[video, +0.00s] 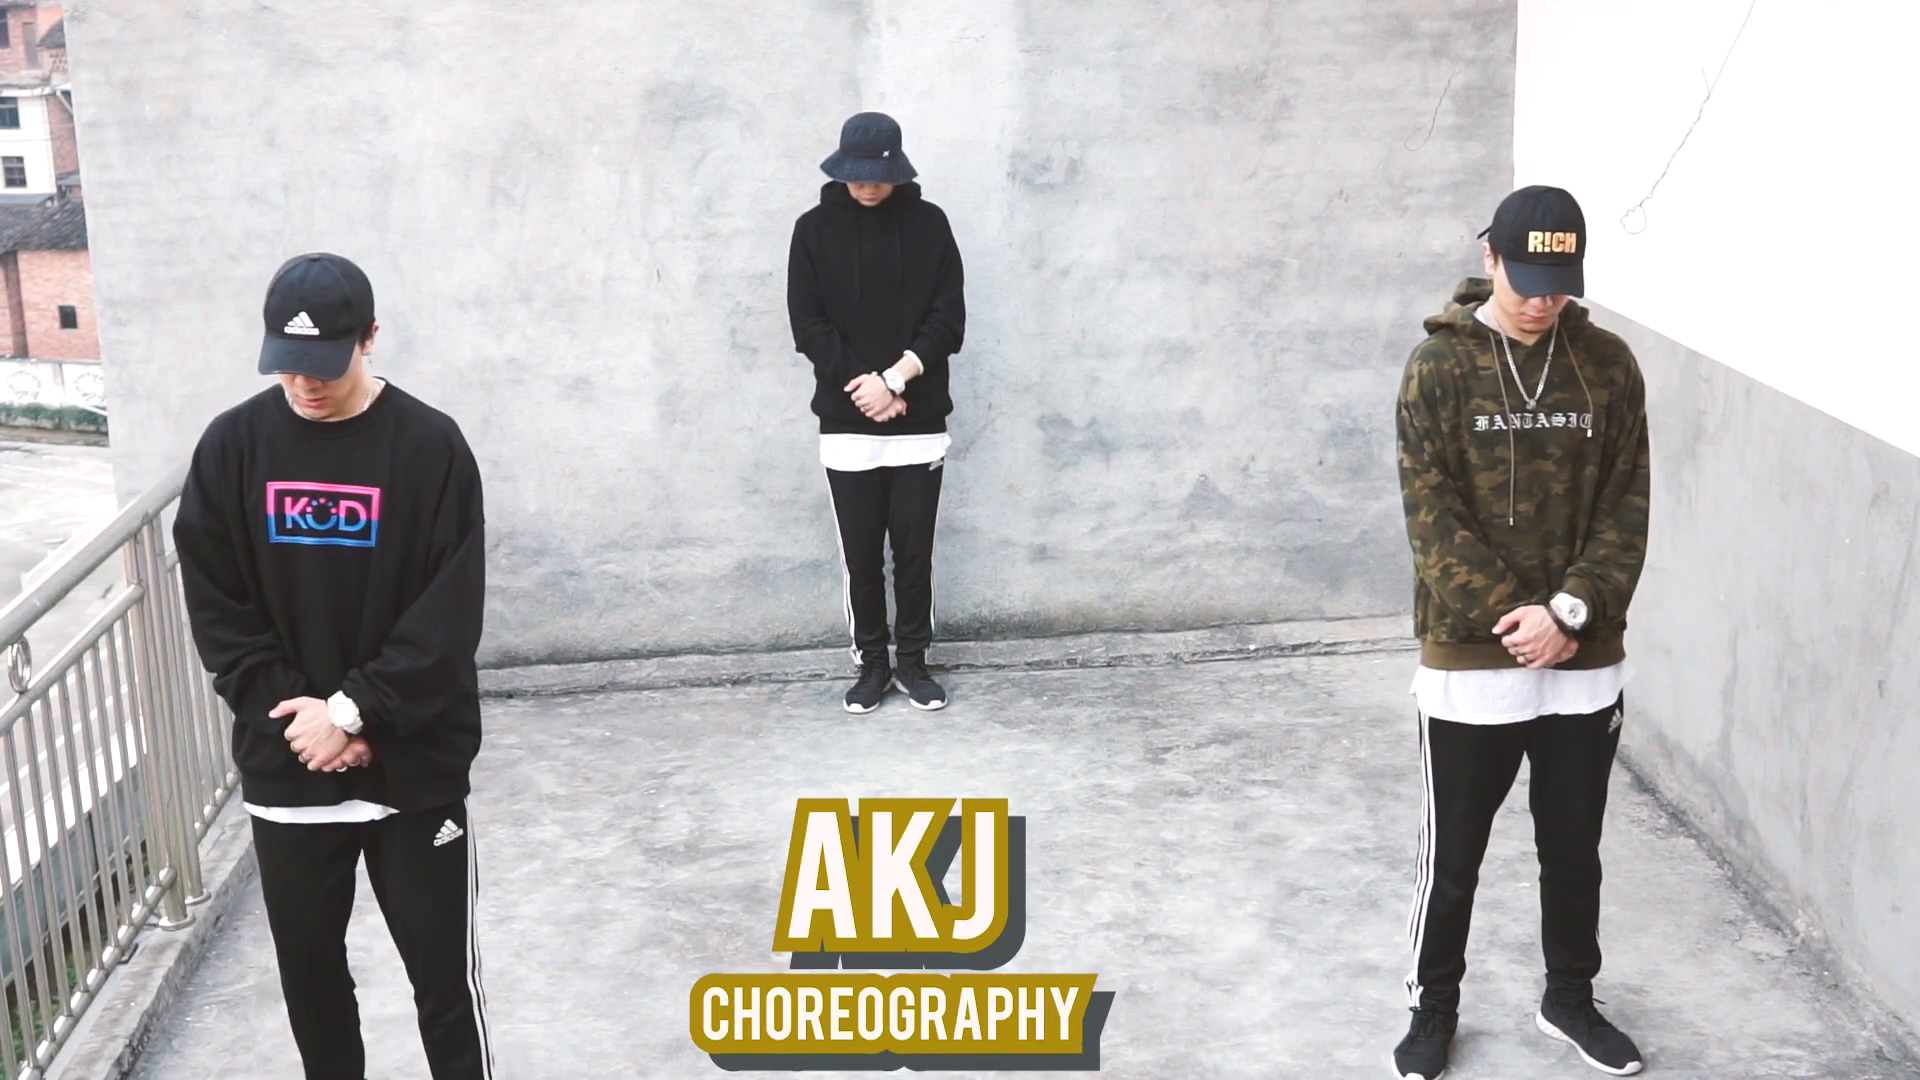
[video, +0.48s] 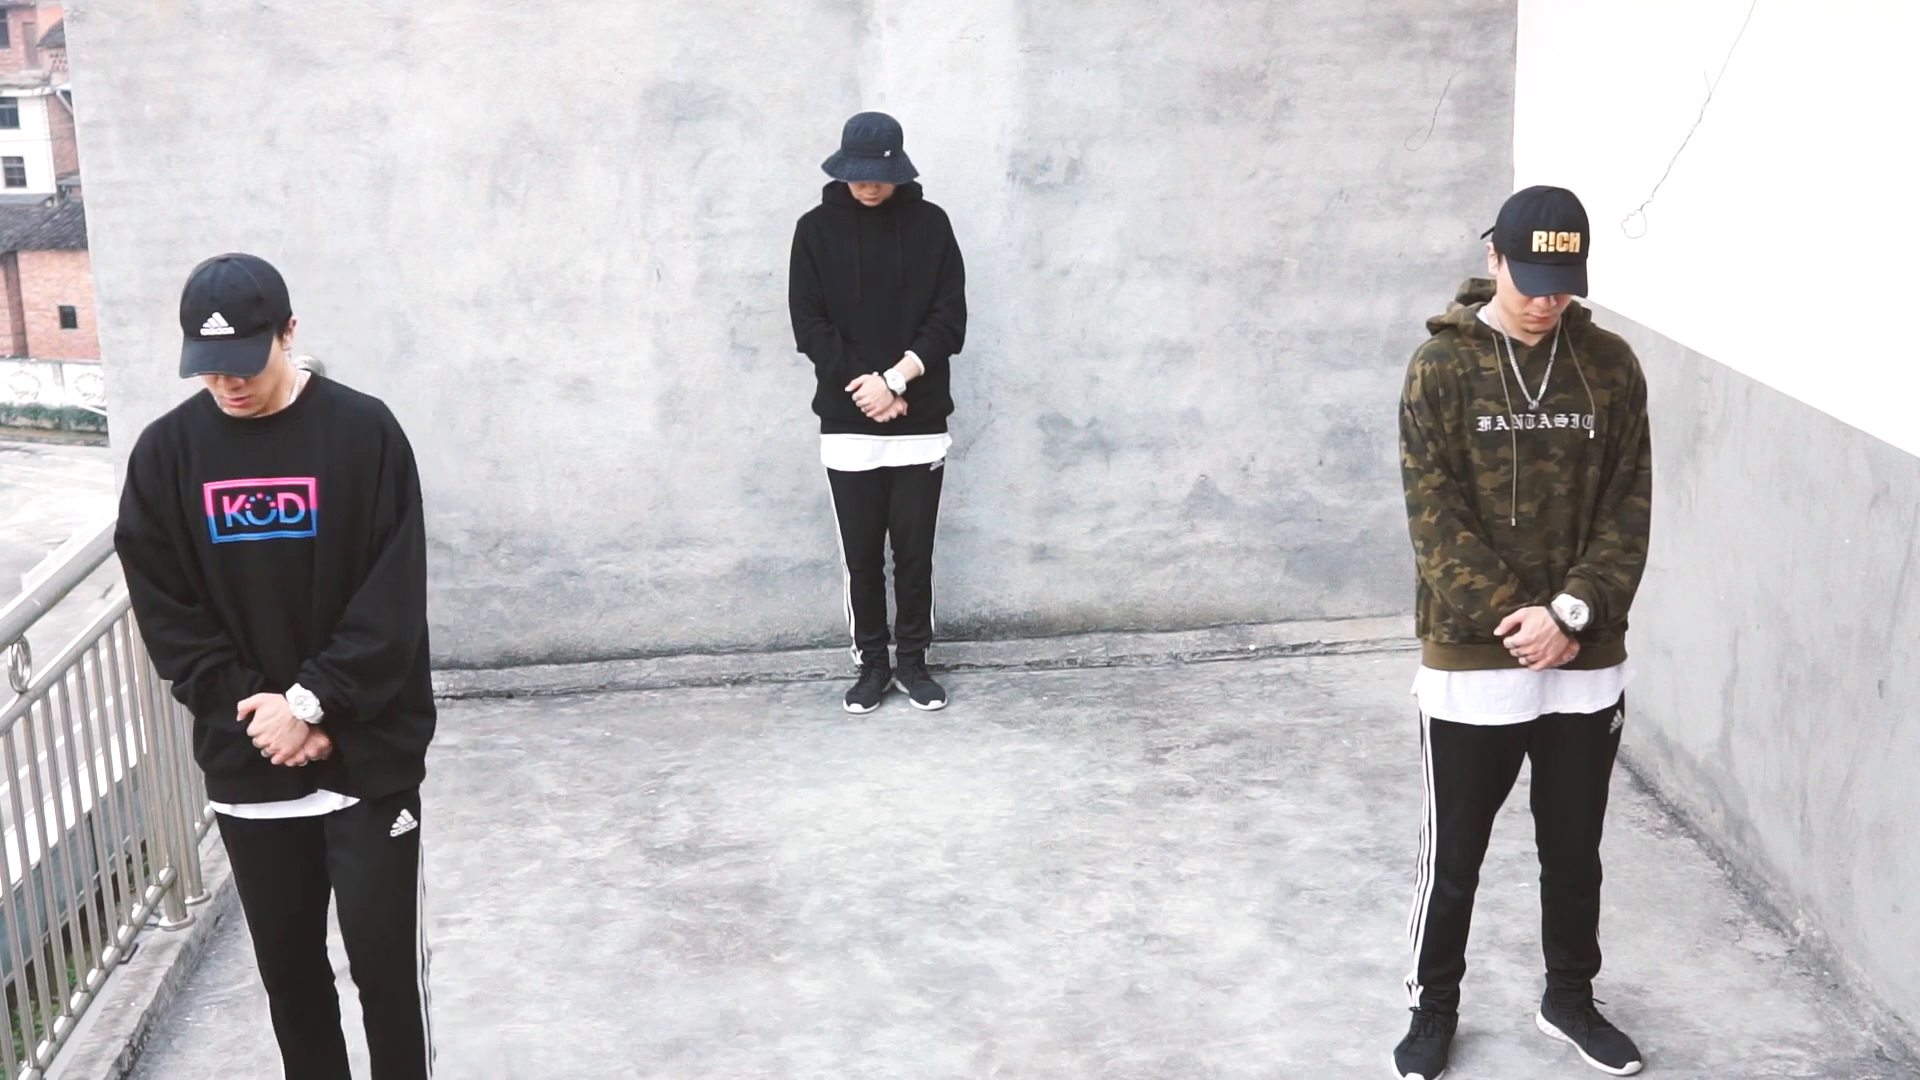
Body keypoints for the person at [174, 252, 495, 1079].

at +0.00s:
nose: (303, 384)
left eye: (322, 366)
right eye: (288, 365)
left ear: (369, 339)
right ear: (270, 346)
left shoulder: (431, 446)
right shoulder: (229, 446)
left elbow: (450, 614)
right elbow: (217, 611)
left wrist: (354, 706)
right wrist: (303, 723)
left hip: (414, 770)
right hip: (287, 778)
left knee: (444, 986)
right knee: (311, 989)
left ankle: (463, 1079)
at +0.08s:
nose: (291, 385)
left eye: (310, 366)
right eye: (276, 366)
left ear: (356, 340)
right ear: (257, 348)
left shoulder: (422, 443)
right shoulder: (219, 448)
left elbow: (443, 610)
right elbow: (212, 614)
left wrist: (351, 706)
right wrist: (299, 724)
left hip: (410, 773)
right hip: (284, 784)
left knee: (443, 995)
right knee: (309, 998)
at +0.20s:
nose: (268, 389)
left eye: (285, 369)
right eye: (252, 370)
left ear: (328, 341)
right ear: (231, 351)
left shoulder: (396, 440)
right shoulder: (196, 450)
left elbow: (422, 609)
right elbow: (193, 615)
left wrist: (333, 703)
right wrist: (284, 721)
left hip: (392, 769)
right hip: (270, 780)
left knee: (430, 988)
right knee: (303, 991)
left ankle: (456, 1078)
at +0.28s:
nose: (250, 393)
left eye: (268, 372)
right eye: (234, 374)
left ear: (310, 341)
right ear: (213, 354)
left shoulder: (382, 438)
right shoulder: (183, 453)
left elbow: (407, 607)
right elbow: (178, 619)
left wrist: (316, 703)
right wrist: (271, 724)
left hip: (383, 763)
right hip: (261, 776)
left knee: (416, 974)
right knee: (298, 982)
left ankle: (445, 1077)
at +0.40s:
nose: (235, 388)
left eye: (251, 369)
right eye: (218, 372)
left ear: (294, 339)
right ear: (196, 352)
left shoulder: (368, 433)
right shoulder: (167, 452)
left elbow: (397, 598)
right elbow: (169, 616)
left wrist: (311, 700)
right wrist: (263, 721)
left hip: (375, 764)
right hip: (254, 780)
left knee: (399, 982)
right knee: (298, 993)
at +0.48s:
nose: (228, 385)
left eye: (245, 365)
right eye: (211, 368)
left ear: (288, 336)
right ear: (190, 350)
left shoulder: (364, 431)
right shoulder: (162, 453)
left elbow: (394, 593)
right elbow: (165, 613)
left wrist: (312, 697)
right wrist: (259, 716)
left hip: (368, 757)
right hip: (247, 774)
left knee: (385, 973)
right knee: (293, 987)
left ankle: (402, 1079)